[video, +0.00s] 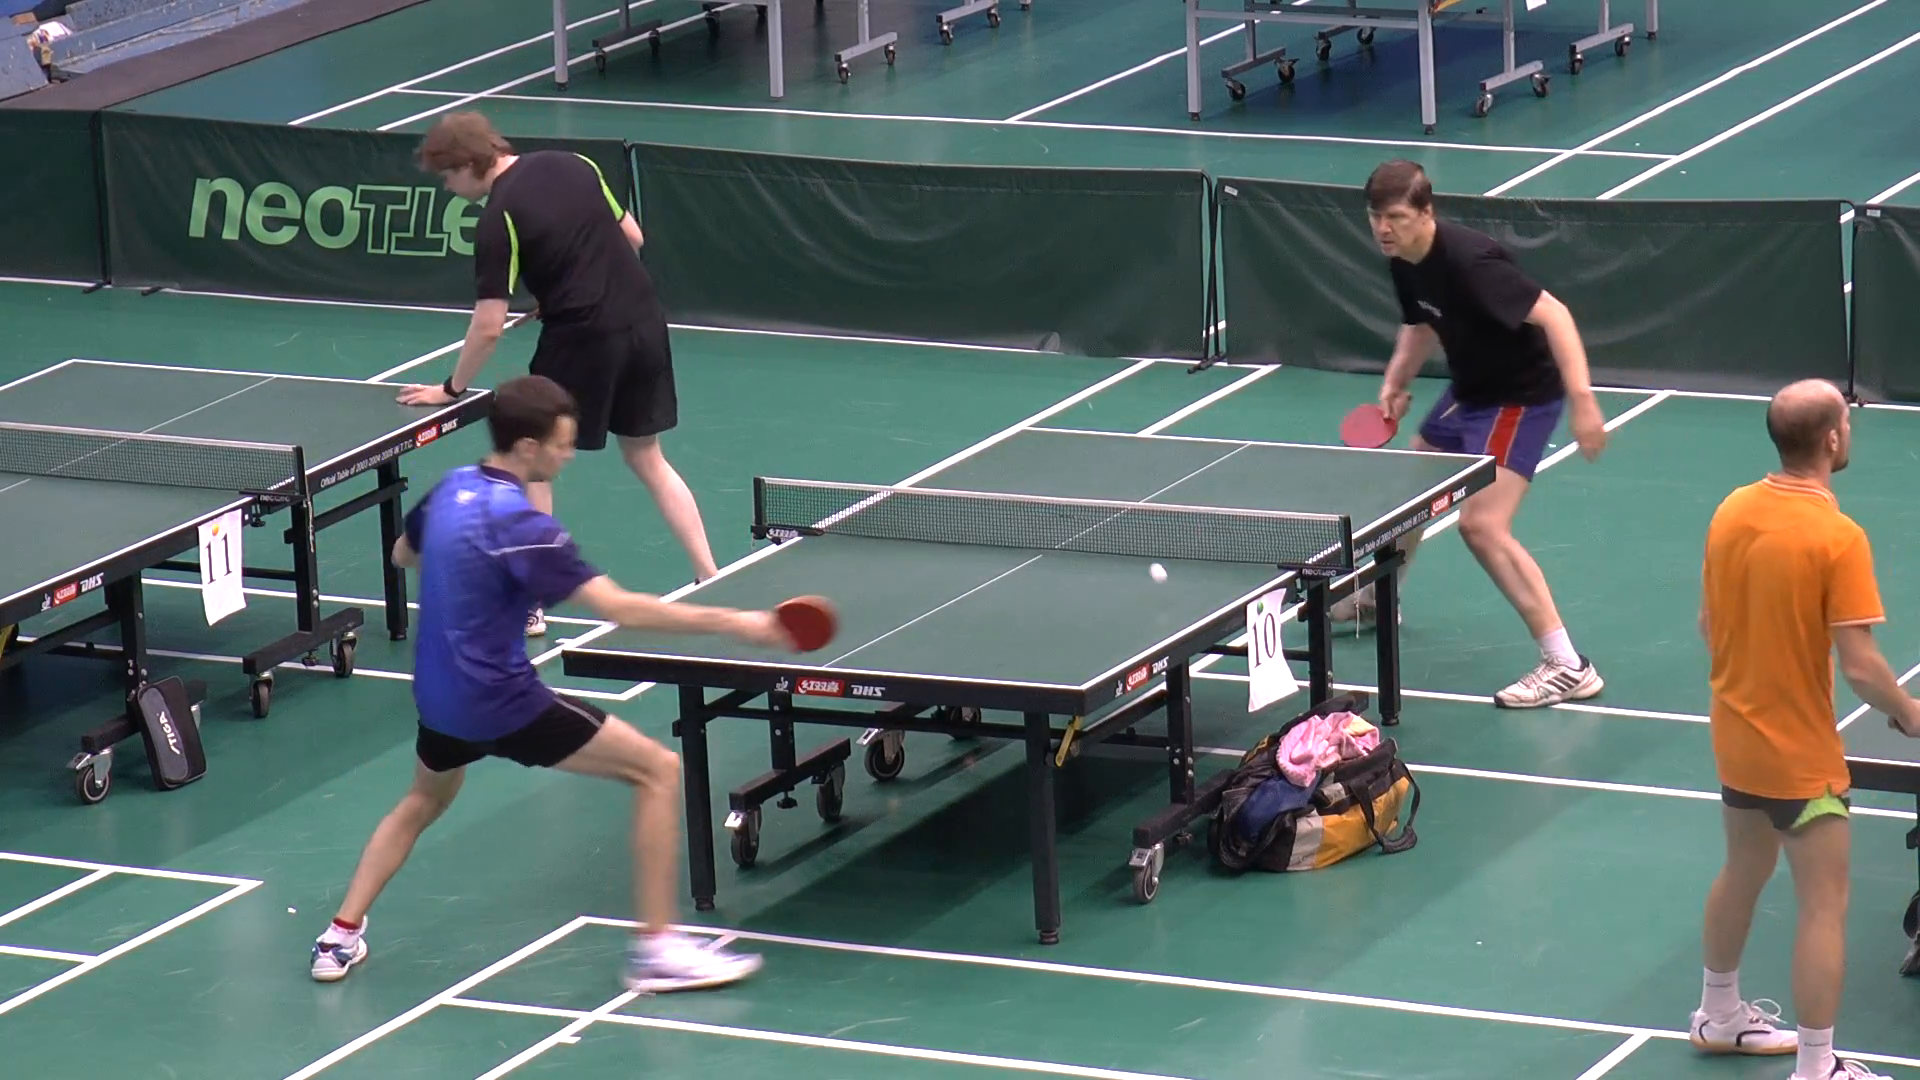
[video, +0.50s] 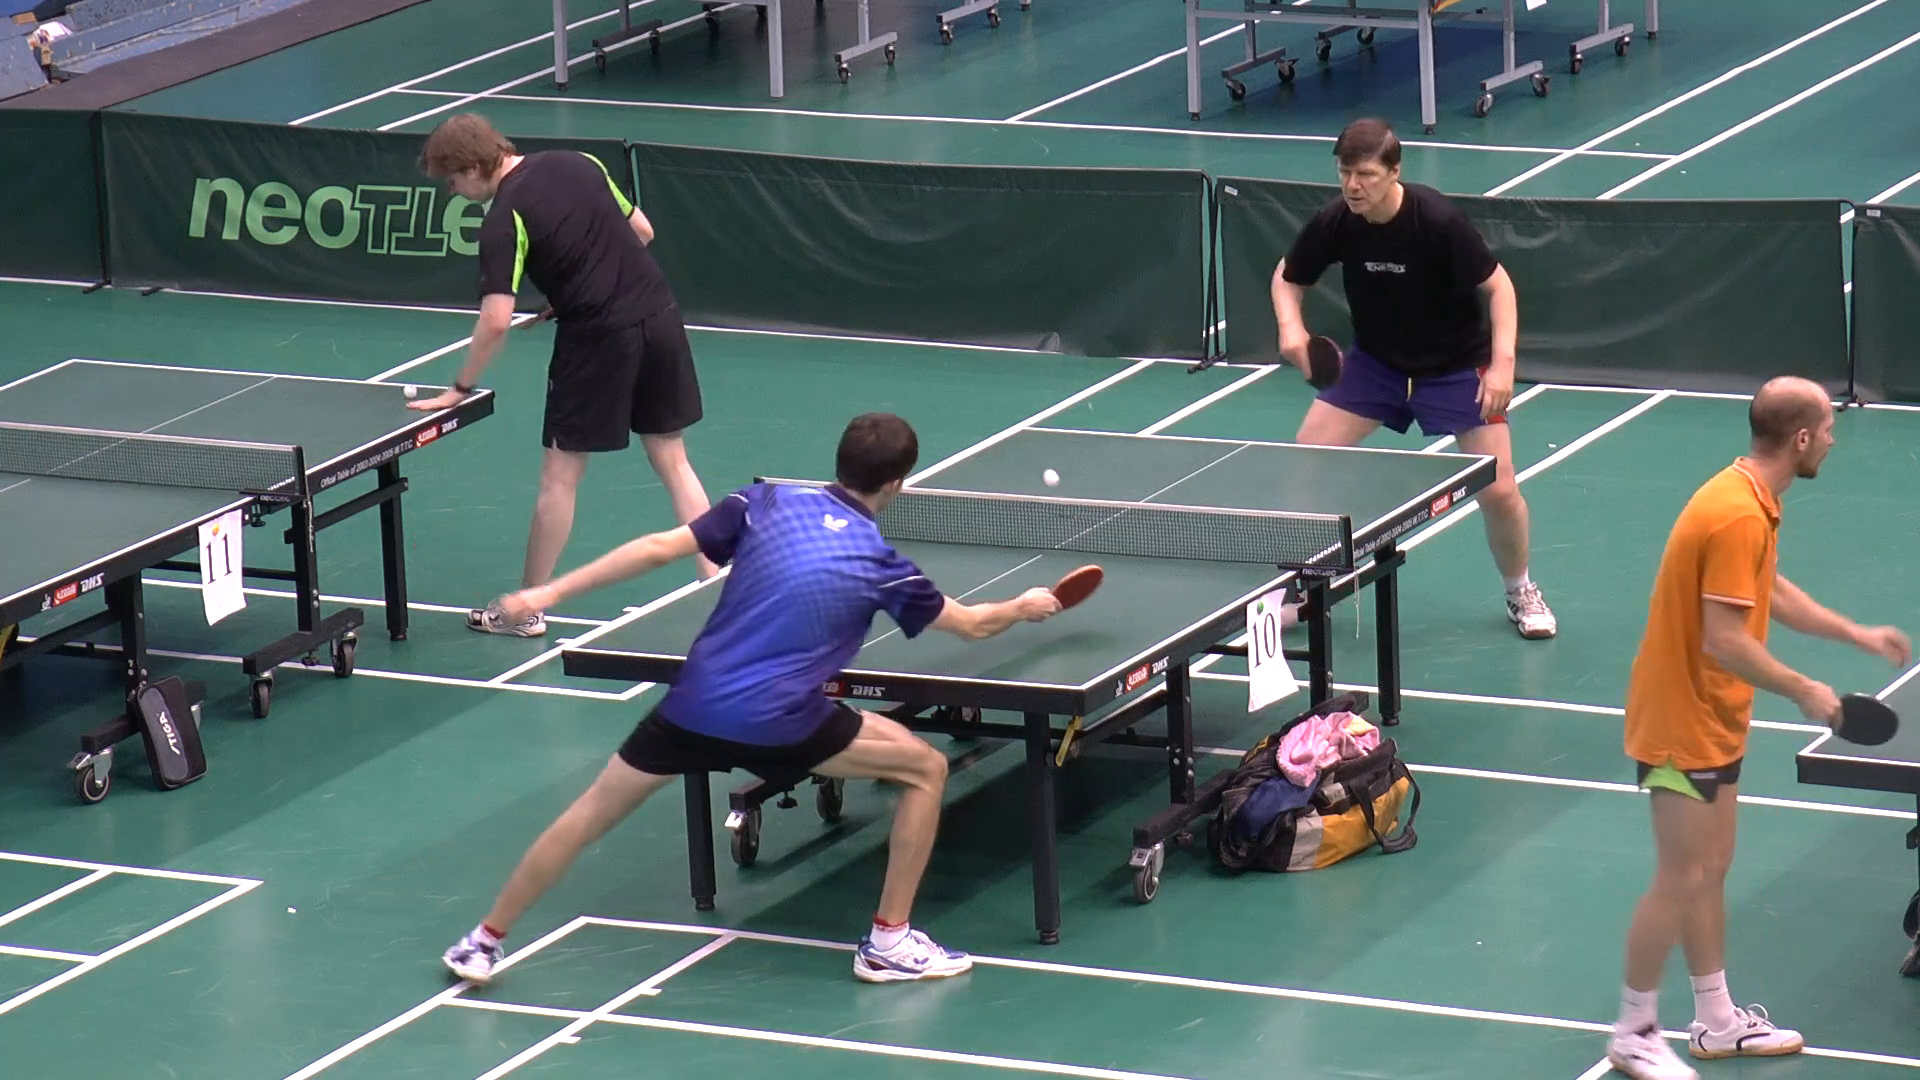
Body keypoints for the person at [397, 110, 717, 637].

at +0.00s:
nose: (448, 188)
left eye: (446, 176)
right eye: (442, 179)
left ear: (471, 162)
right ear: (493, 146)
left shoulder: (498, 215)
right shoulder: (573, 164)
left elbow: (489, 325)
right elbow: (632, 235)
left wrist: (451, 389)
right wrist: (565, 294)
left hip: (580, 339)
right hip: (645, 327)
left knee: (532, 463)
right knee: (648, 457)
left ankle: (532, 603)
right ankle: (712, 578)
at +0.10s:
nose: (436, 197)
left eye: (435, 185)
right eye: (432, 188)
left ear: (459, 170)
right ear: (478, 157)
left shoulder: (489, 218)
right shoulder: (558, 163)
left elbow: (480, 331)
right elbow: (626, 225)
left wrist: (438, 395)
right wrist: (562, 285)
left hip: (580, 340)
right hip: (646, 322)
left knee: (541, 464)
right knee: (659, 456)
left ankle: (535, 595)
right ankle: (709, 573)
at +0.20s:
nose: (433, 207)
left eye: (431, 196)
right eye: (428, 198)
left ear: (456, 180)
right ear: (478, 164)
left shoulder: (488, 225)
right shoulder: (554, 167)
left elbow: (476, 333)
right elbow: (626, 225)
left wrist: (426, 397)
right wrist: (567, 288)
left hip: (587, 337)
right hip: (651, 319)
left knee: (550, 467)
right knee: (666, 452)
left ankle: (527, 604)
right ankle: (706, 557)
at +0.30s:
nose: (436, 209)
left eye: (434, 198)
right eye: (429, 201)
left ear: (458, 180)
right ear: (475, 163)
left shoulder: (491, 224)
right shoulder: (555, 168)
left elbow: (498, 328)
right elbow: (626, 227)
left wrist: (463, 395)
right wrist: (579, 277)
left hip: (590, 338)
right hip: (655, 320)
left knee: (557, 481)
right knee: (672, 457)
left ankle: (527, 605)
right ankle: (720, 573)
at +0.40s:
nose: (446, 205)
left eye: (443, 194)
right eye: (439, 197)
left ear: (464, 176)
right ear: (486, 157)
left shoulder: (500, 219)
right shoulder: (567, 166)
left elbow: (490, 326)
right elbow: (631, 230)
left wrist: (446, 396)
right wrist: (566, 293)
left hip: (595, 339)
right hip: (659, 320)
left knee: (558, 477)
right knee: (674, 460)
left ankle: (527, 605)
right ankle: (729, 571)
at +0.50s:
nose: (456, 192)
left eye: (454, 181)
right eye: (450, 183)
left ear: (477, 165)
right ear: (499, 147)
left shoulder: (505, 216)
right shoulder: (579, 162)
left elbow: (496, 322)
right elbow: (641, 229)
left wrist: (459, 387)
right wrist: (572, 292)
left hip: (596, 340)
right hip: (661, 325)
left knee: (560, 478)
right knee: (673, 458)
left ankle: (528, 607)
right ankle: (720, 579)